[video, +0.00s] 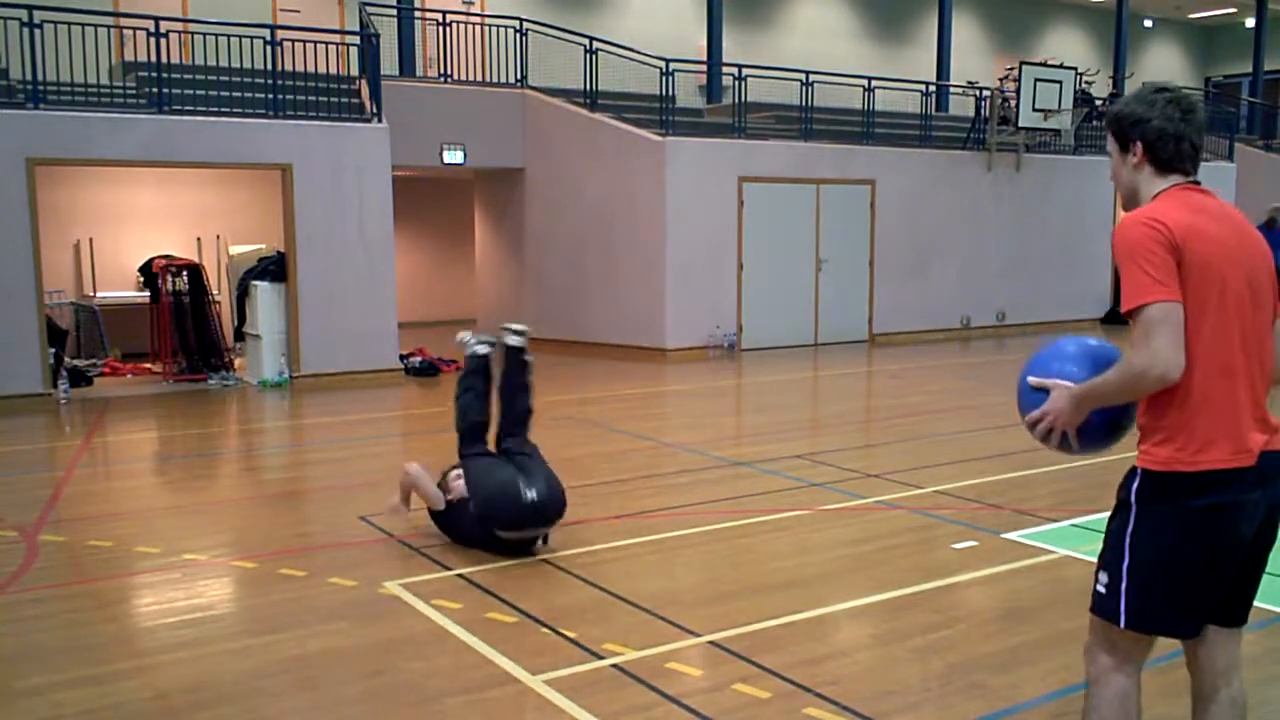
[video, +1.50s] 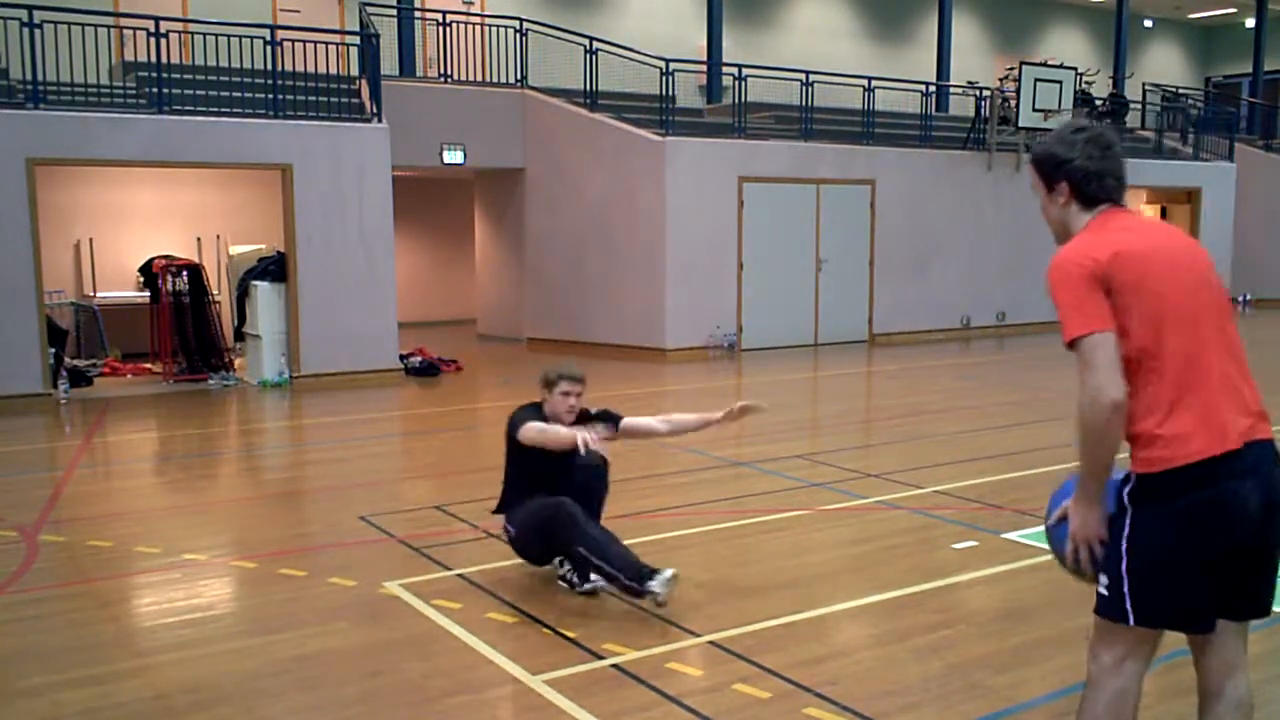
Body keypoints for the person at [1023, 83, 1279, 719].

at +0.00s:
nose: (1111, 172)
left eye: (1111, 155)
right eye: (1110, 157)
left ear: (1134, 152)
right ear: (1187, 152)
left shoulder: (1146, 226)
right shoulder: (1245, 231)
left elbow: (1160, 360)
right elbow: (1265, 369)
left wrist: (1080, 397)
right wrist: (1131, 389)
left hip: (1176, 481)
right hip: (1256, 477)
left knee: (1113, 655)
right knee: (1216, 650)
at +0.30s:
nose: (1116, 171)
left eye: (1116, 154)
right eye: (1114, 156)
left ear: (1138, 151)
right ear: (1192, 151)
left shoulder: (1150, 227)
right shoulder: (1253, 233)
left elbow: (1167, 361)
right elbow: (1261, 371)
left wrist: (1087, 402)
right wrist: (1135, 405)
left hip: (1174, 480)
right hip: (1253, 475)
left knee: (1104, 649)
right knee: (1215, 650)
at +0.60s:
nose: (1140, 167)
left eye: (1140, 150)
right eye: (1139, 150)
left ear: (1167, 148)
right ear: (1219, 149)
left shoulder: (1171, 230)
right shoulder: (1266, 230)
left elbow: (1179, 369)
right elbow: (1260, 371)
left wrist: (1096, 405)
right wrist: (1135, 410)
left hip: (1173, 480)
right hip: (1249, 476)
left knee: (1084, 635)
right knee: (1210, 645)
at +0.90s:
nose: (1129, 173)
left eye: (1130, 157)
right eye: (1128, 159)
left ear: (1153, 154)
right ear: (1204, 152)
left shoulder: (1163, 230)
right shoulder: (1256, 226)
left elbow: (1185, 364)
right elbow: (1249, 362)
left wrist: (1109, 418)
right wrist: (1142, 406)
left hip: (1183, 481)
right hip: (1257, 476)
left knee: (1103, 644)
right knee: (1221, 649)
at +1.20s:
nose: (1097, 182)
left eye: (1098, 166)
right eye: (1096, 167)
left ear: (1126, 162)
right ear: (1168, 159)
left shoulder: (1140, 231)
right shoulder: (1234, 229)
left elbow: (1165, 363)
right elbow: (1250, 361)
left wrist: (1101, 440)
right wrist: (1153, 441)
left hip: (1185, 481)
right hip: (1258, 473)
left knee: (1111, 650)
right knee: (1223, 652)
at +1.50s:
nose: (1040, 210)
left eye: (1039, 193)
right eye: (1038, 195)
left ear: (1061, 190)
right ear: (1112, 184)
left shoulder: (1078, 259)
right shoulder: (1181, 242)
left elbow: (1106, 394)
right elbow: (1200, 366)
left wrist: (1088, 497)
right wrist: (1145, 467)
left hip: (1174, 477)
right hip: (1253, 464)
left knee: (1116, 658)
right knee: (1224, 651)